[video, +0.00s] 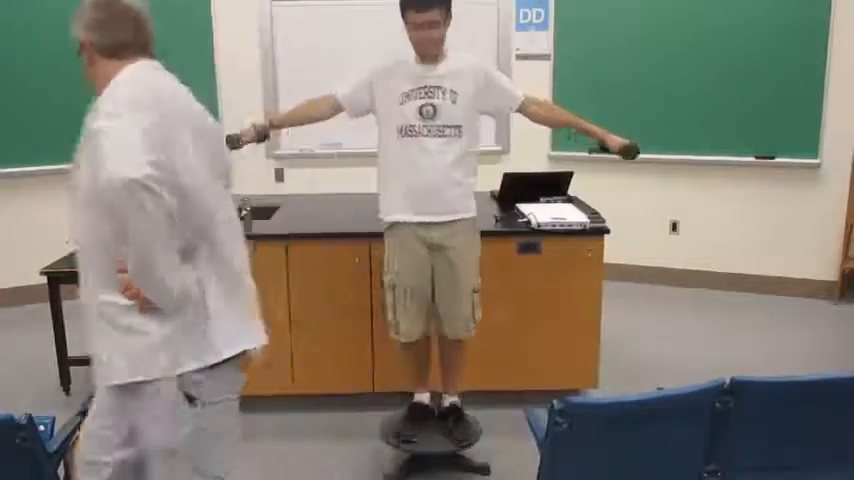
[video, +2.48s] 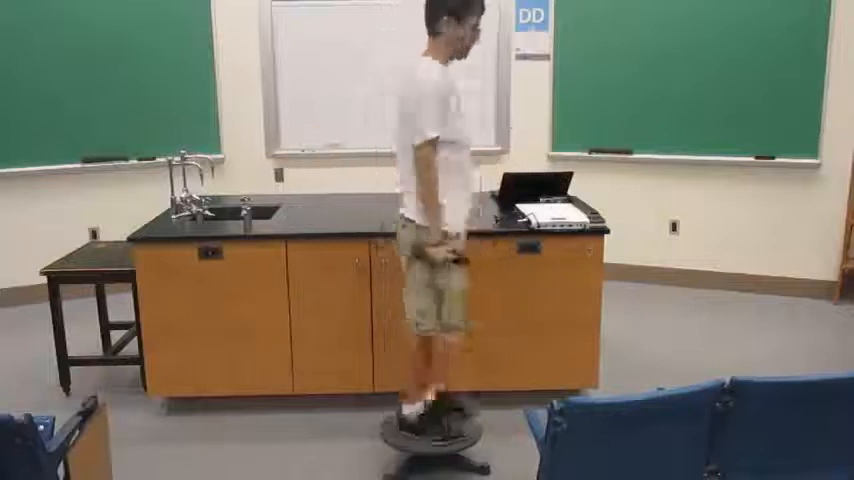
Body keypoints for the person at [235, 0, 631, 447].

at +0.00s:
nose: (427, 34)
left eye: (434, 25)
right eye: (418, 26)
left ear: (448, 24)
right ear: (405, 26)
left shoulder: (474, 75)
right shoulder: (384, 78)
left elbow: (534, 108)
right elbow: (329, 105)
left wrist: (601, 134)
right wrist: (271, 123)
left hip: (457, 218)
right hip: (403, 218)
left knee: (455, 319)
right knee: (412, 320)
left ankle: (451, 403)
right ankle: (421, 400)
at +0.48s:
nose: (402, 36)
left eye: (409, 25)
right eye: (396, 27)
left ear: (437, 22)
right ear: (392, 27)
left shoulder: (467, 74)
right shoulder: (393, 73)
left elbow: (519, 112)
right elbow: (356, 103)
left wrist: (577, 143)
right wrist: (303, 124)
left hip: (450, 219)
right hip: (400, 217)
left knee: (449, 323)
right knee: (417, 320)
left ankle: (452, 411)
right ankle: (430, 400)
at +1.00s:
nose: (387, 35)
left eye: (392, 25)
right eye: (386, 27)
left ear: (421, 23)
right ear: (415, 25)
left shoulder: (438, 67)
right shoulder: (425, 69)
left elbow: (442, 114)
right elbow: (434, 126)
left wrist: (435, 159)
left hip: (435, 219)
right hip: (421, 217)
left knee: (435, 320)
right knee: (427, 318)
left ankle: (445, 415)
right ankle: (439, 403)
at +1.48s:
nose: (391, 36)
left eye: (391, 26)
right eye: (389, 27)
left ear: (406, 22)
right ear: (430, 23)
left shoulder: (409, 72)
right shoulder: (459, 72)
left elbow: (372, 118)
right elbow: (493, 108)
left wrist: (319, 157)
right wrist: (519, 121)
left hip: (423, 223)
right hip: (454, 217)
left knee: (425, 325)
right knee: (449, 324)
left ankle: (431, 416)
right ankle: (451, 408)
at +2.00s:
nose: (417, 27)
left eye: (415, 20)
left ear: (412, 24)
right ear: (452, 28)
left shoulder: (388, 81)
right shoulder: (472, 83)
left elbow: (353, 147)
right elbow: (504, 153)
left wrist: (340, 180)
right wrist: (531, 193)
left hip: (401, 222)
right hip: (454, 222)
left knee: (403, 322)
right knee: (443, 324)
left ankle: (409, 412)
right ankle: (438, 415)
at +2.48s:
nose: (477, 37)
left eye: (478, 28)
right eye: (473, 27)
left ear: (444, 25)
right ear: (449, 23)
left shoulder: (428, 74)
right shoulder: (431, 78)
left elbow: (426, 155)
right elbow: (424, 155)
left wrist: (445, 220)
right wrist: (435, 226)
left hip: (426, 223)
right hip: (435, 226)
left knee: (428, 324)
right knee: (441, 325)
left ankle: (425, 402)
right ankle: (420, 410)